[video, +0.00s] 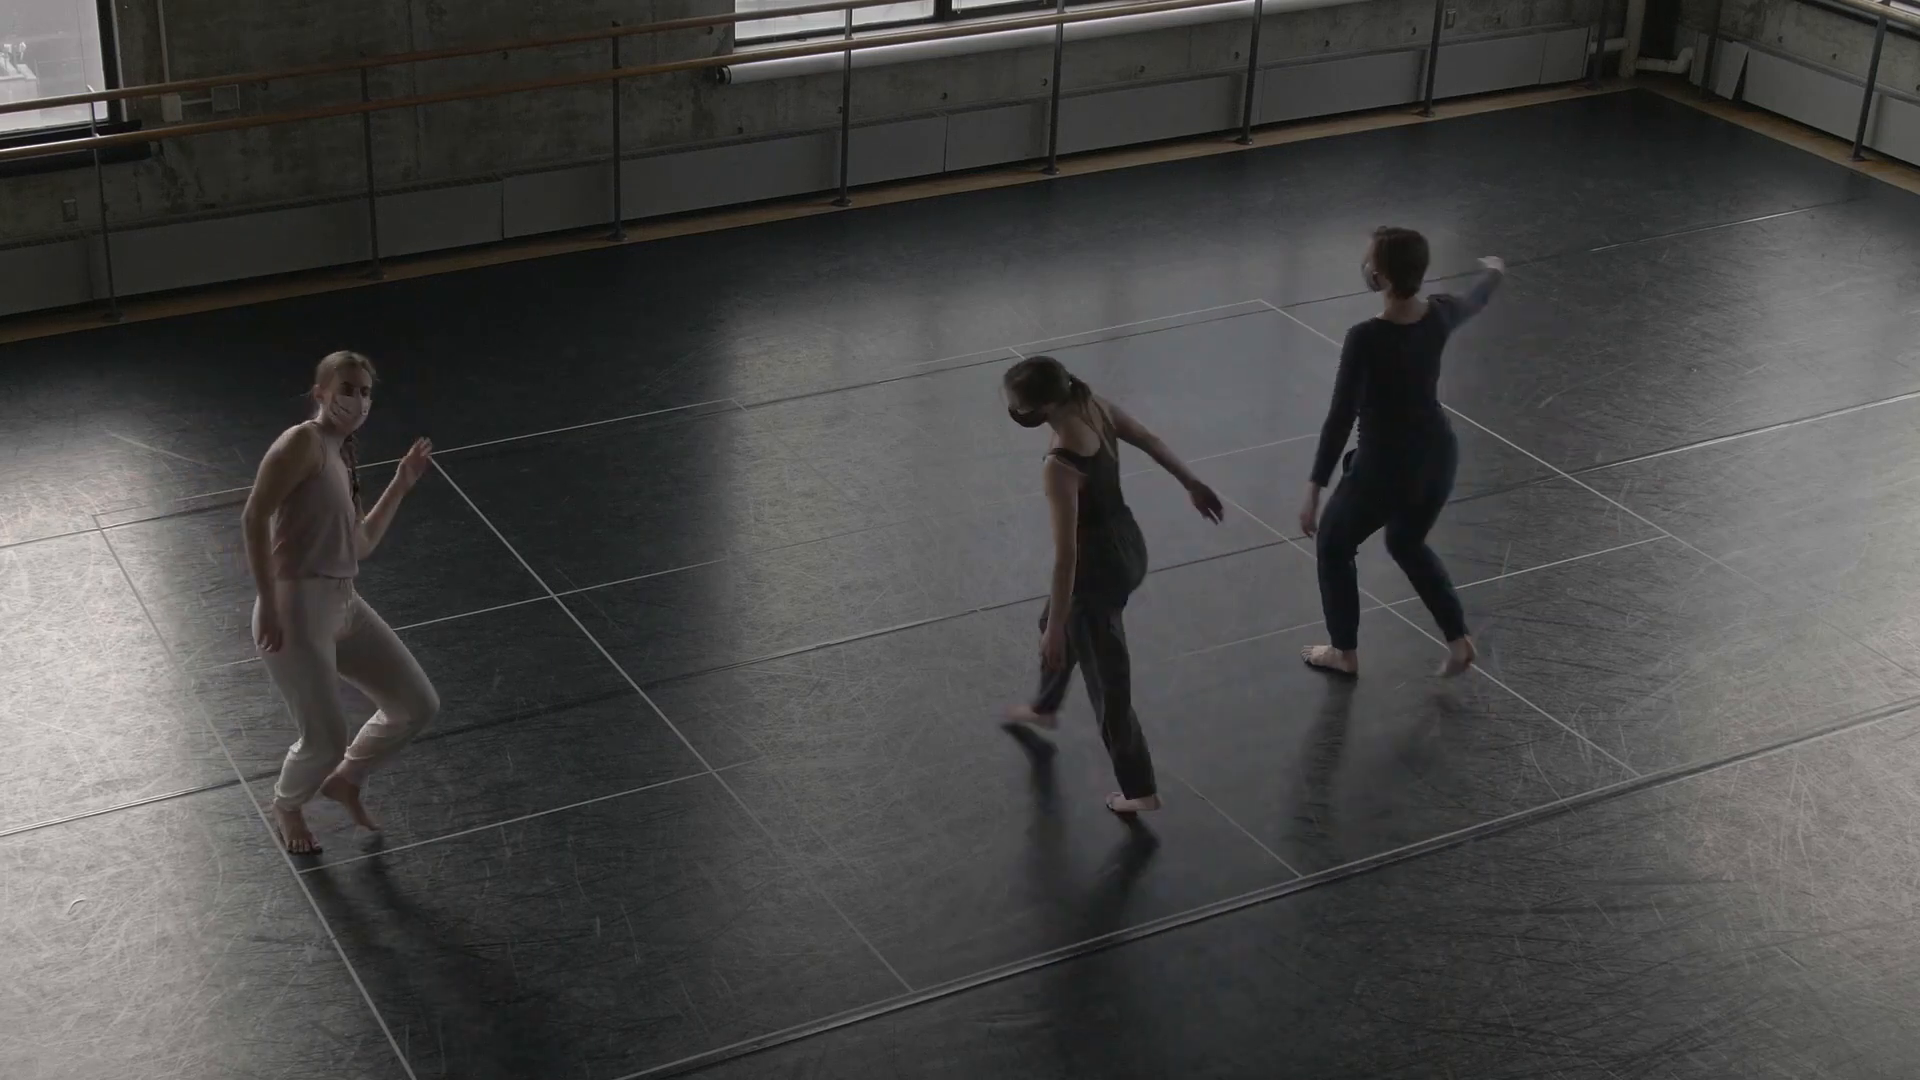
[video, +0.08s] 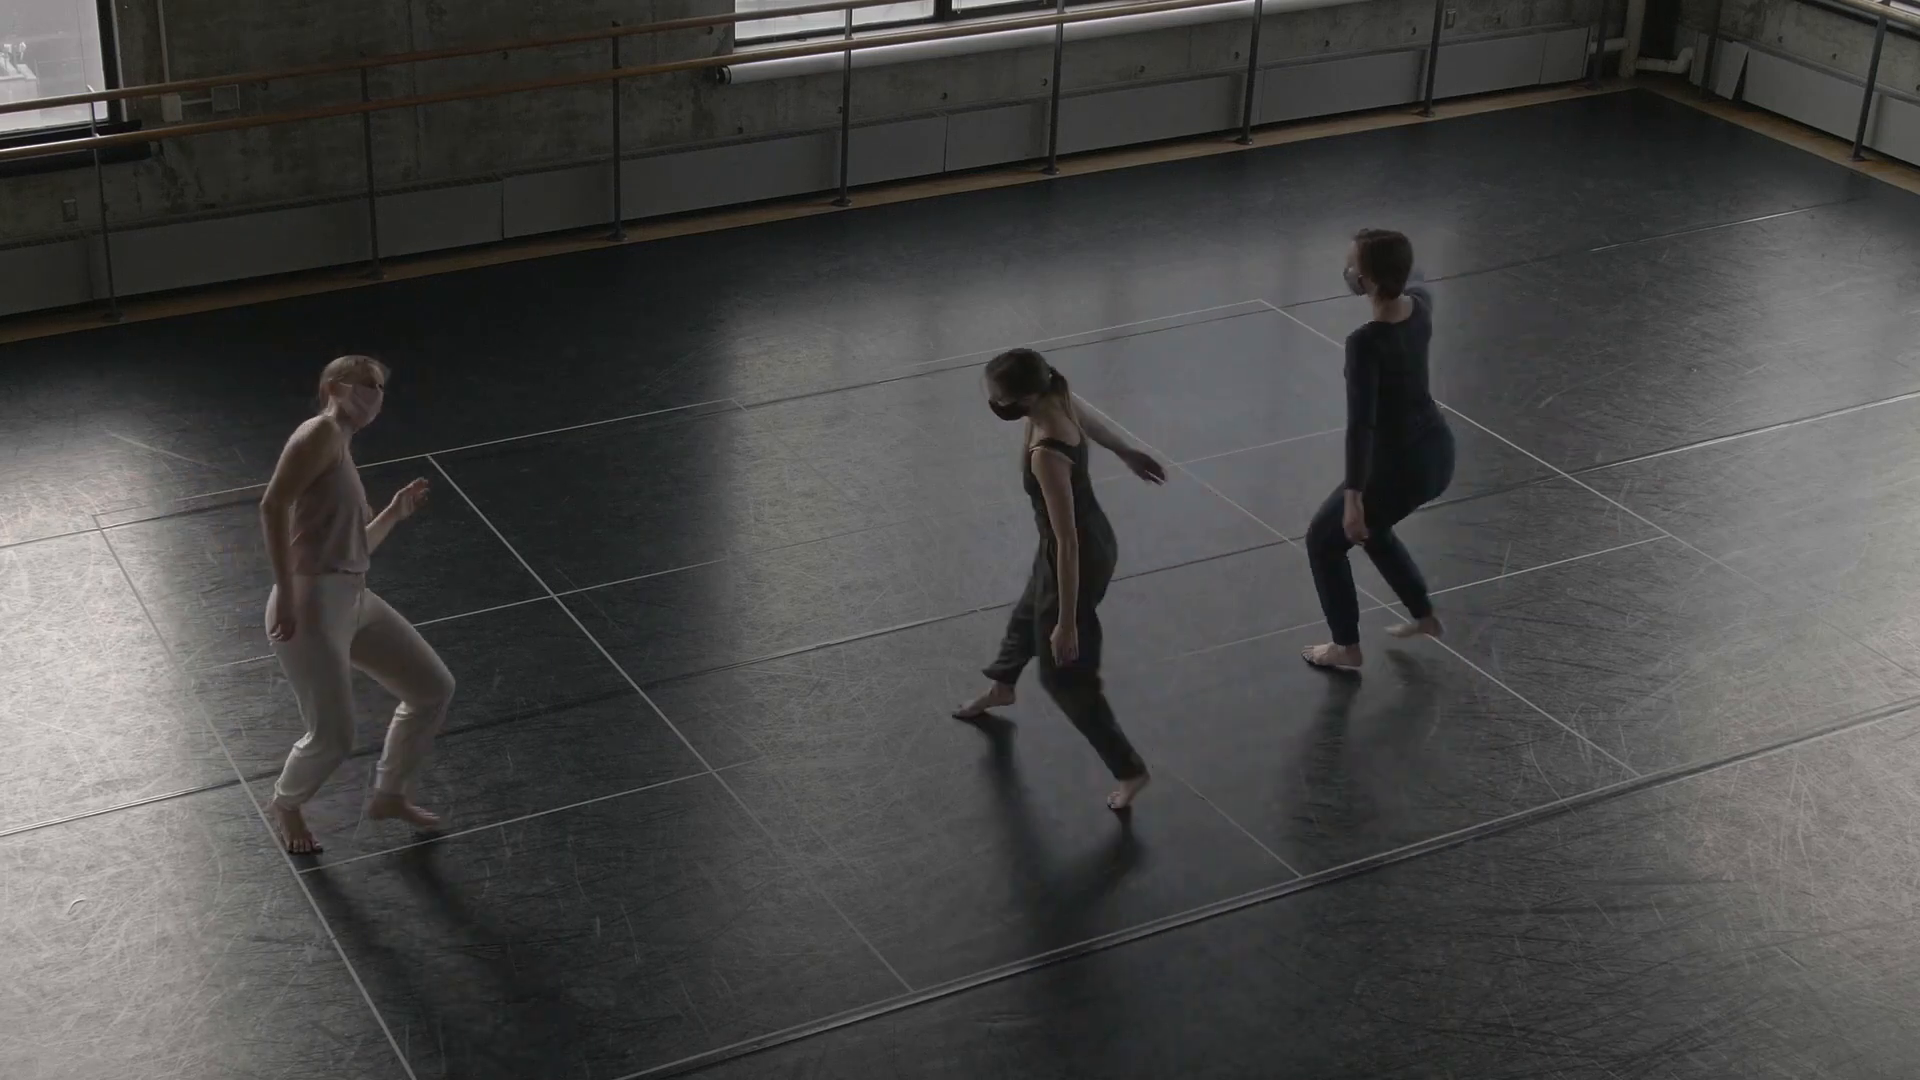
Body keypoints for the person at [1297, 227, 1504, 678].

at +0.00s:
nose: (1365, 267)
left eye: (1371, 262)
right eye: (1369, 259)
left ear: (1382, 275)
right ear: (1420, 271)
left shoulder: (1365, 339)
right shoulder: (1440, 315)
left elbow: (1340, 419)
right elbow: (1474, 300)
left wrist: (1313, 491)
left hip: (1383, 466)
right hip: (1437, 459)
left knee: (1334, 540)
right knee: (1406, 541)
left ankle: (1343, 651)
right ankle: (1459, 642)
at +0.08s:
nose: (1348, 268)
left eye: (1353, 264)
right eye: (1351, 261)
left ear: (1370, 280)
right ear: (1401, 275)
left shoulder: (1364, 343)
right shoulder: (1419, 308)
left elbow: (1360, 426)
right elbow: (1414, 289)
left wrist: (1352, 497)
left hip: (1399, 470)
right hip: (1436, 456)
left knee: (1321, 538)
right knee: (1369, 524)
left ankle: (1346, 648)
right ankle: (1425, 618)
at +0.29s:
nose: (1312, 334)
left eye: (1319, 329)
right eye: (1315, 327)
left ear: (1339, 341)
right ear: (1344, 341)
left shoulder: (1366, 403)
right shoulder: (1337, 364)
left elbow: (1399, 472)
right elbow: (1288, 351)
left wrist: (1420, 546)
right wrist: (1224, 339)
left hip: (1409, 518)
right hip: (1386, 490)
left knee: (1302, 557)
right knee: (1304, 536)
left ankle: (1349, 639)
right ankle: (1363, 591)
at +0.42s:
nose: (1299, 396)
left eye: (1306, 391)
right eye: (1301, 389)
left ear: (1332, 404)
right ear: (1324, 400)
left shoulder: (1368, 458)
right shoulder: (1308, 427)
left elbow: (1417, 519)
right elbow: (1247, 430)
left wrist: (1458, 583)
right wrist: (1176, 435)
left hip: (1402, 550)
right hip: (1364, 525)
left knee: (1314, 563)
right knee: (1285, 571)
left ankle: (1347, 637)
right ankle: (1357, 588)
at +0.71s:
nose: (1323, 399)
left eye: (1331, 392)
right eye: (1320, 391)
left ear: (1357, 395)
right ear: (1316, 390)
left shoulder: (1397, 438)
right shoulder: (1311, 435)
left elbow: (1428, 475)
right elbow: (1258, 462)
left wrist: (1447, 511)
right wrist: (1210, 497)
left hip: (1398, 532)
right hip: (1339, 526)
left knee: (1328, 560)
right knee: (1287, 599)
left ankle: (1344, 636)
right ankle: (1341, 587)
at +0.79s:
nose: (1342, 373)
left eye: (1352, 365)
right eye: (1337, 364)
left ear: (1375, 363)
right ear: (1329, 360)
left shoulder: (1406, 406)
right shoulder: (1318, 407)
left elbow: (1418, 461)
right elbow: (1264, 445)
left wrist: (1389, 479)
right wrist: (1237, 481)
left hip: (1397, 509)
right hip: (1338, 503)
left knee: (1333, 557)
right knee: (1298, 594)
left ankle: (1343, 634)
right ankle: (1343, 588)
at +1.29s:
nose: (1409, 355)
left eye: (1413, 345)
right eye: (1399, 348)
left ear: (1419, 341)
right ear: (1371, 347)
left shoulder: (1420, 380)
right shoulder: (1354, 396)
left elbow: (1410, 432)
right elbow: (1352, 469)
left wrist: (1403, 473)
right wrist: (1405, 510)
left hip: (1387, 478)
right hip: (1332, 488)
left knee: (1426, 559)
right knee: (1385, 574)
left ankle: (1383, 616)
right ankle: (1317, 593)